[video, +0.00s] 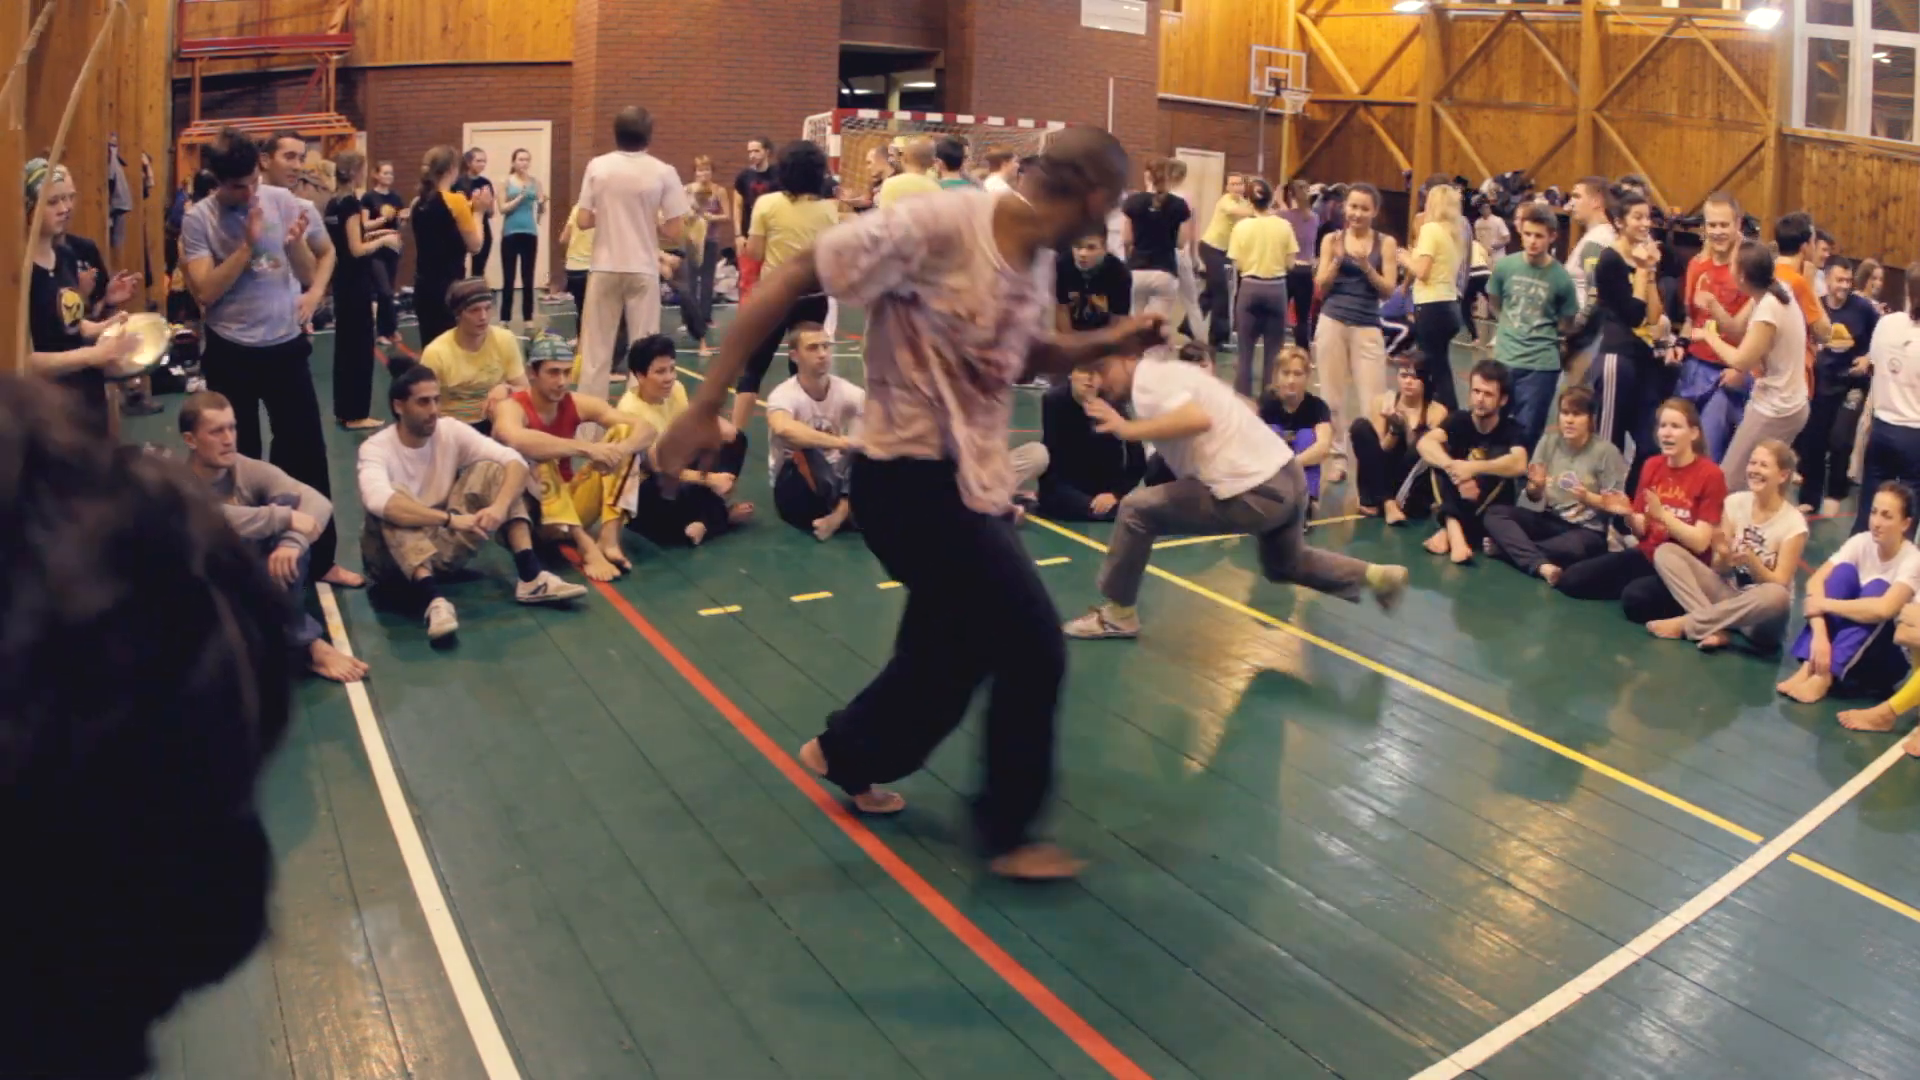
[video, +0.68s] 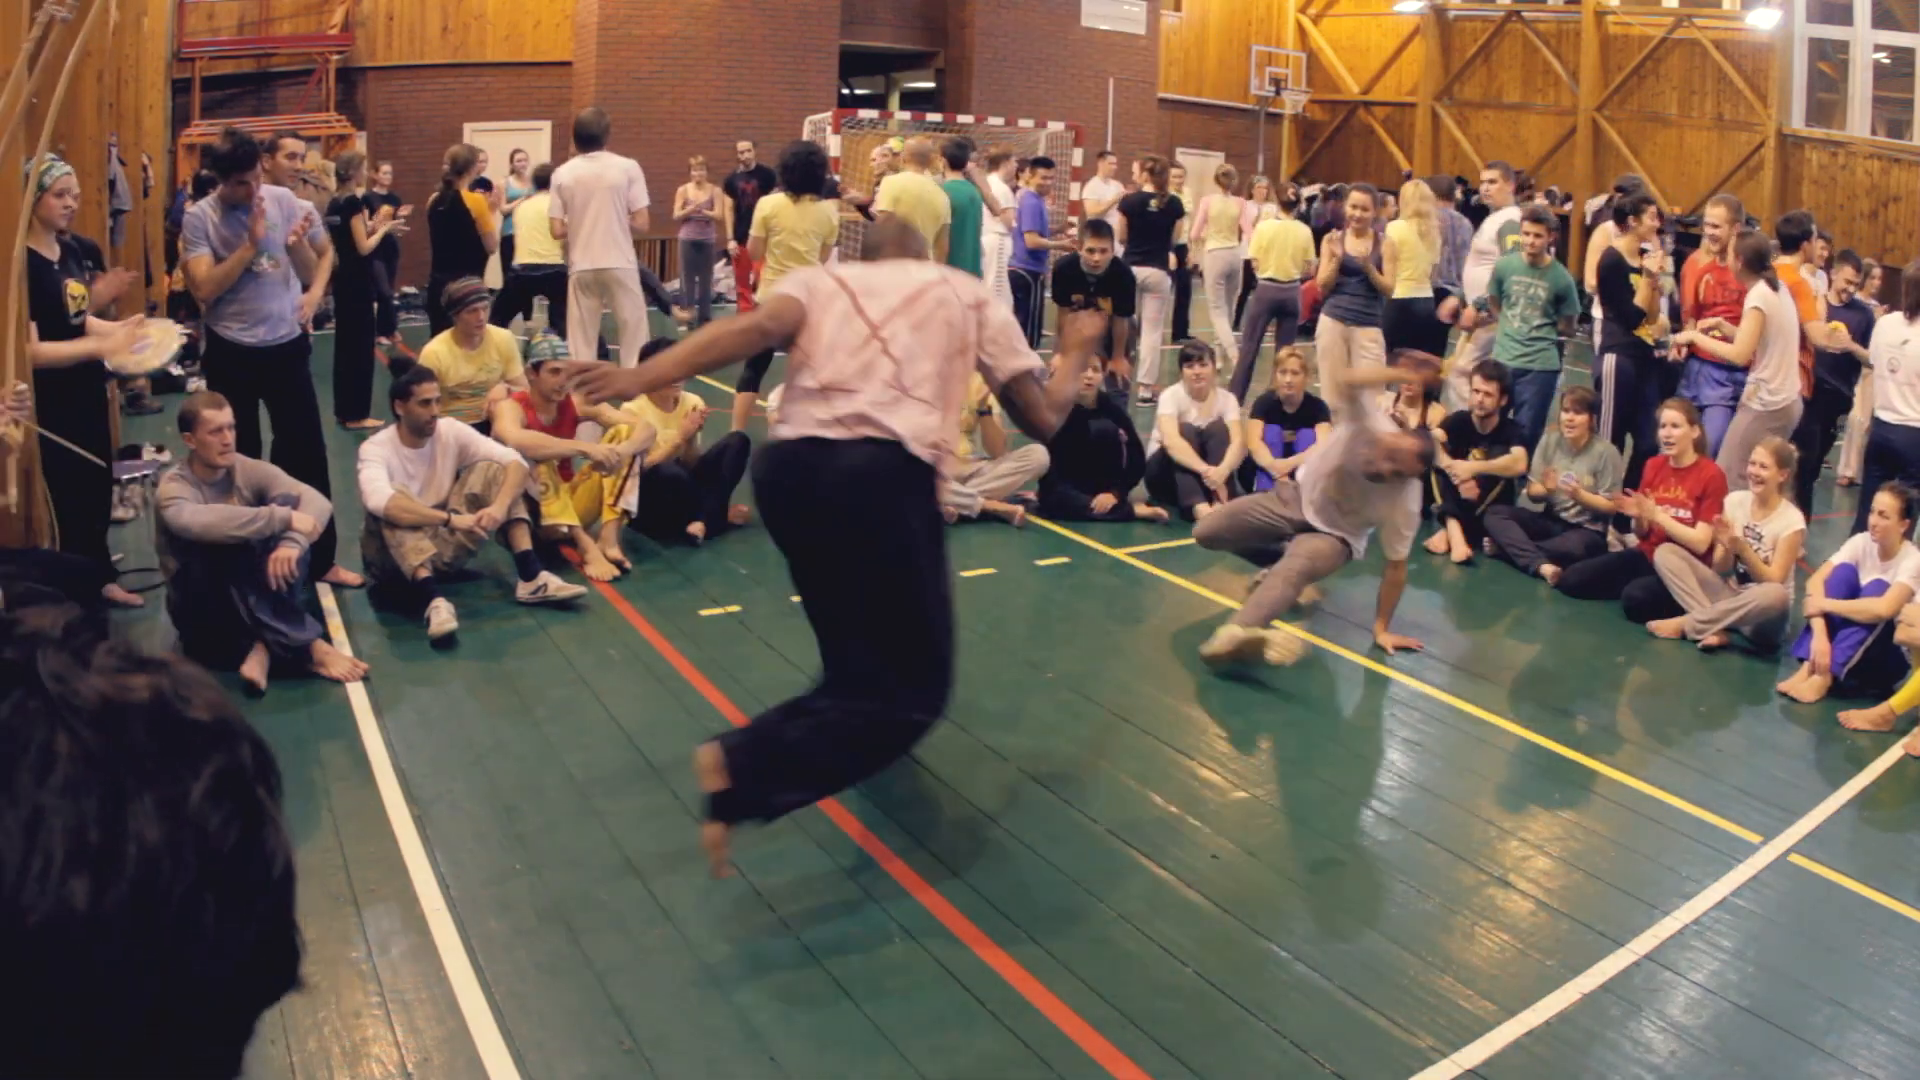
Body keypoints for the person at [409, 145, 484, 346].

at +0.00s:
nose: (458, 172)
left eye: (457, 167)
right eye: (457, 167)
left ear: (429, 169)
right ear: (451, 170)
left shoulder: (417, 204)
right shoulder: (455, 201)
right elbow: (475, 244)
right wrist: (479, 212)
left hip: (424, 284)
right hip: (450, 286)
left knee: (430, 348)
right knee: (451, 348)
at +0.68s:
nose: (480, 167)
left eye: (480, 162)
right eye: (478, 163)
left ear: (450, 166)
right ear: (471, 168)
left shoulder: (433, 201)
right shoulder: (476, 200)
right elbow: (491, 245)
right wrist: (496, 211)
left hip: (438, 283)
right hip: (469, 284)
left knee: (439, 345)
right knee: (467, 344)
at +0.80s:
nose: (481, 167)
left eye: (481, 162)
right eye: (479, 163)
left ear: (451, 166)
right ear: (472, 169)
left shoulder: (436, 201)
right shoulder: (480, 202)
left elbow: (438, 241)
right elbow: (488, 245)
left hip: (441, 279)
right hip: (470, 280)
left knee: (441, 339)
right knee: (469, 338)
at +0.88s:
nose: (484, 167)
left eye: (484, 163)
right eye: (482, 163)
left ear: (454, 165)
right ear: (474, 168)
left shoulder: (437, 200)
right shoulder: (480, 201)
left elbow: (440, 238)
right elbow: (494, 247)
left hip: (442, 278)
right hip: (472, 279)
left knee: (442, 338)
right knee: (471, 338)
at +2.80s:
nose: (476, 166)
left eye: (476, 161)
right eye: (473, 162)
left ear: (445, 167)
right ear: (463, 167)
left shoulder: (432, 200)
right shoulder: (474, 198)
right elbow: (487, 245)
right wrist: (486, 210)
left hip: (438, 280)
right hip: (467, 280)